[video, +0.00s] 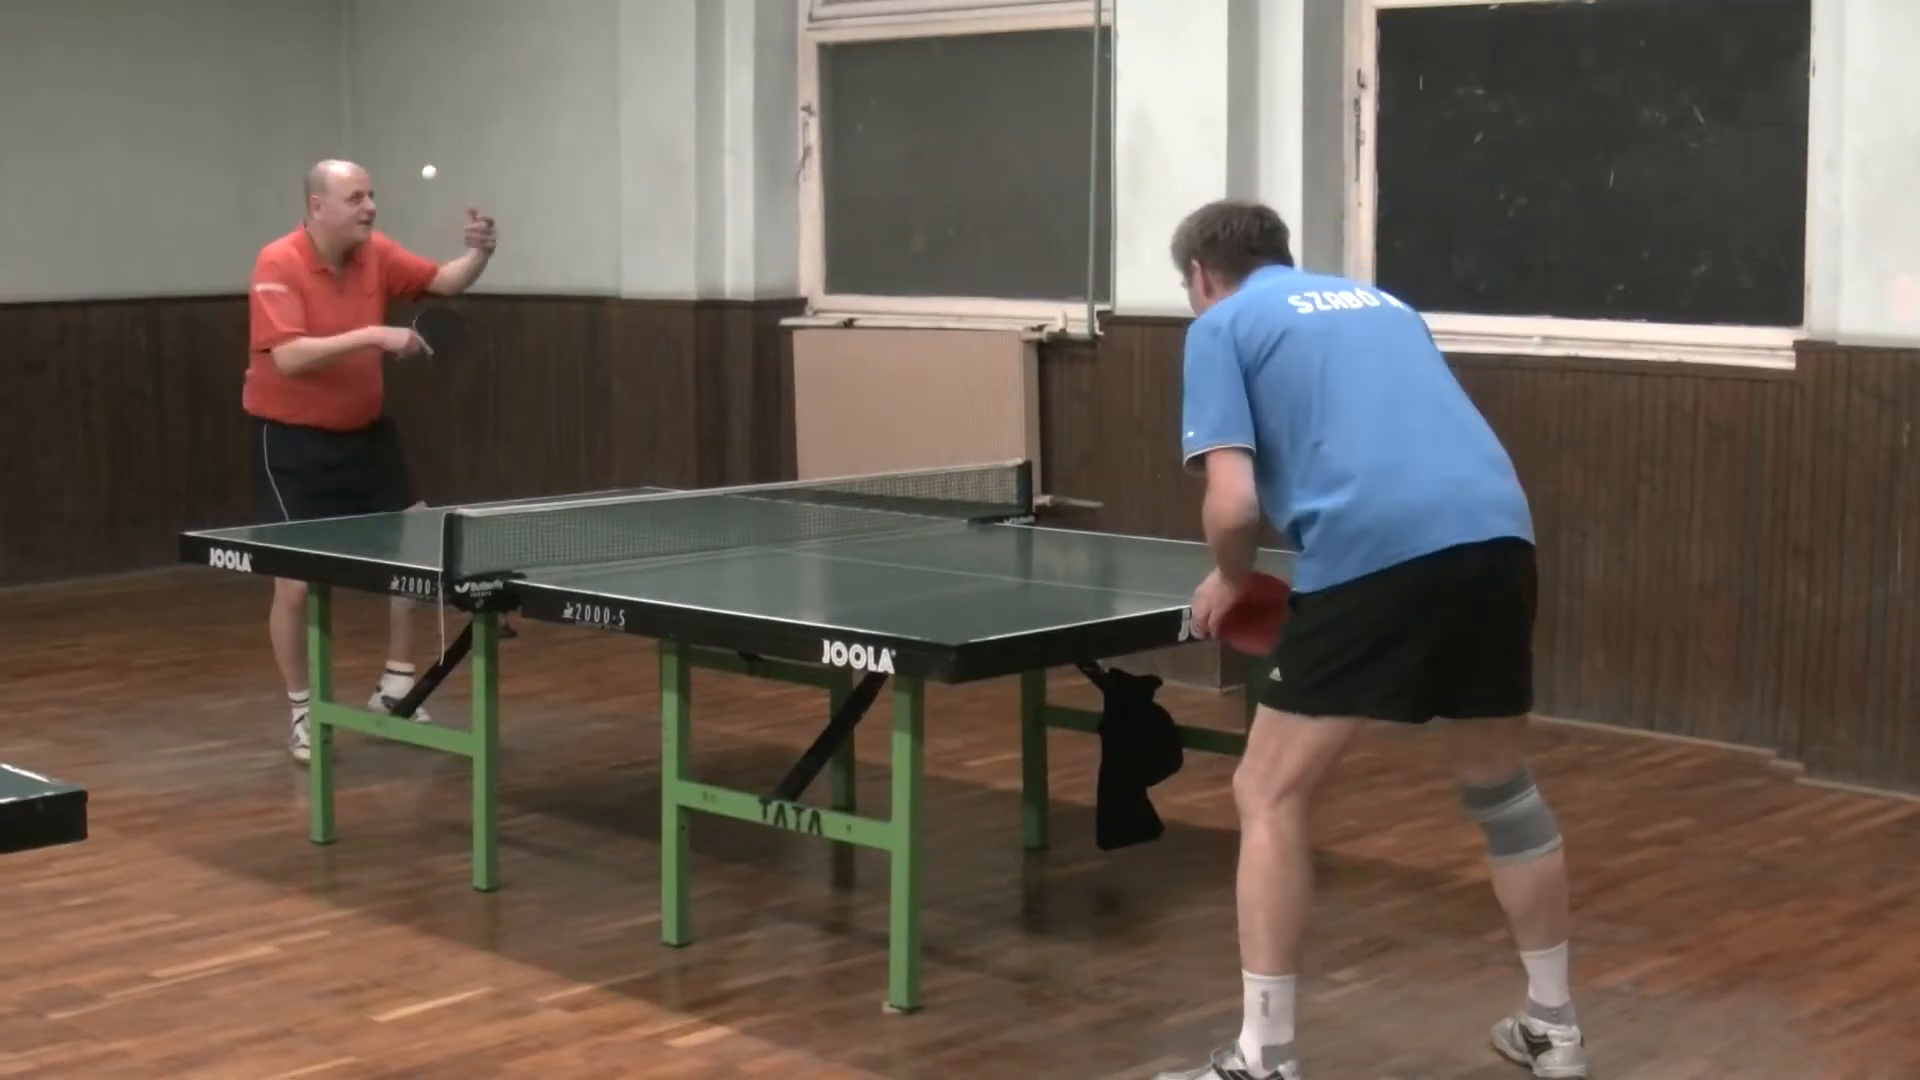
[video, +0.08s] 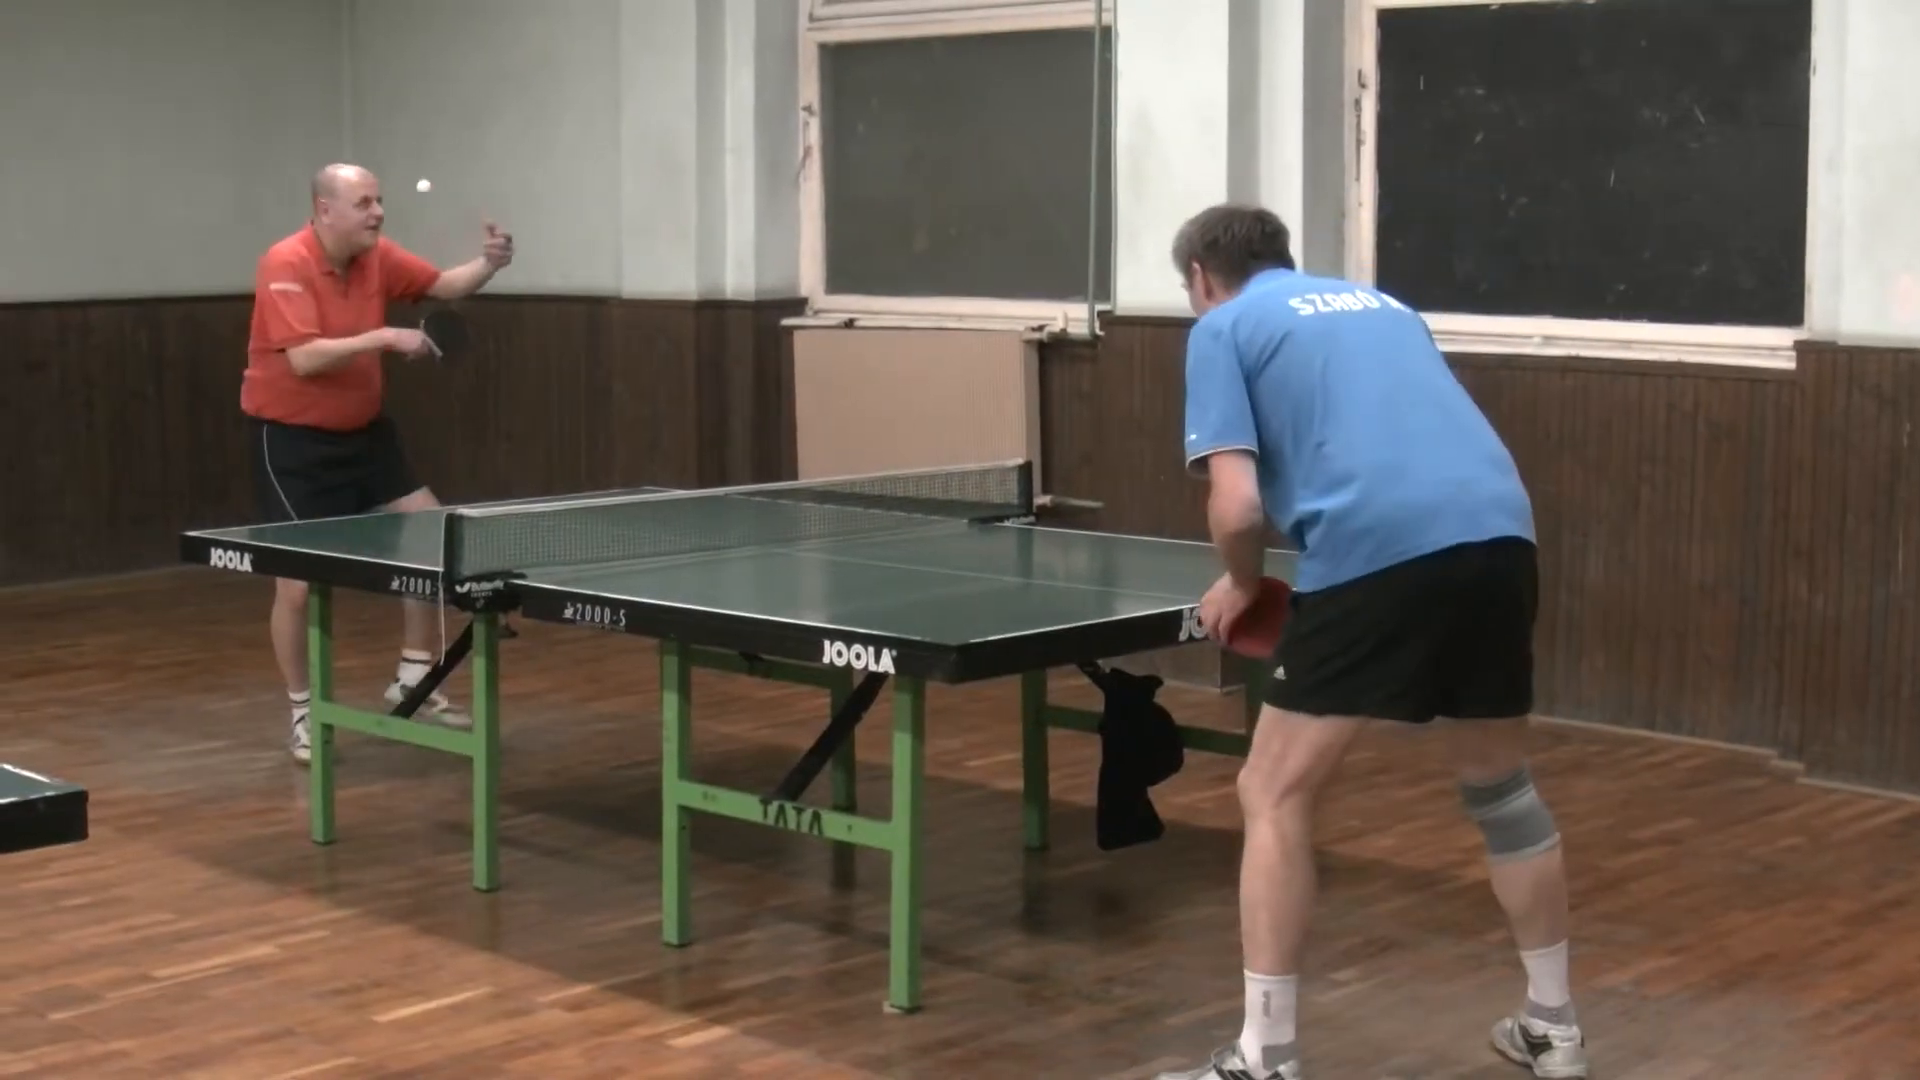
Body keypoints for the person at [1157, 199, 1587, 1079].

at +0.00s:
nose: (1195, 302)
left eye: (1189, 289)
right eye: (1191, 289)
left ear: (1205, 274)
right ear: (1279, 256)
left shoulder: (1219, 324)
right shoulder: (1375, 299)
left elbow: (1232, 501)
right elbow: (1399, 444)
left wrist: (1228, 573)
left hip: (1375, 551)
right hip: (1496, 533)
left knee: (1268, 791)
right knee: (1500, 785)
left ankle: (1265, 1051)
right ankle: (1553, 1021)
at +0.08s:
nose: (1195, 303)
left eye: (1190, 290)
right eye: (1191, 291)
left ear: (1205, 276)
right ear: (1280, 258)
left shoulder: (1221, 326)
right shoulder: (1377, 302)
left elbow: (1236, 507)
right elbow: (1409, 440)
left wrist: (1239, 581)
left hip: (1376, 551)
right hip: (1498, 533)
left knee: (1273, 793)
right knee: (1500, 784)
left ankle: (1265, 1050)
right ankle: (1553, 1021)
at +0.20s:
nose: (1200, 303)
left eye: (1196, 287)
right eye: (1198, 289)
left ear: (1215, 275)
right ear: (1287, 256)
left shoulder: (1227, 330)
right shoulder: (1386, 301)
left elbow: (1238, 508)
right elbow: (1410, 451)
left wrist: (1247, 591)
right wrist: (1316, 589)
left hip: (1383, 551)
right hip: (1504, 534)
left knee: (1267, 793)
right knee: (1484, 757)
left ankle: (1264, 1055)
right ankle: (1549, 1001)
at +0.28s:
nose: (1213, 291)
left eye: (1211, 275)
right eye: (1212, 276)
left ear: (1231, 267)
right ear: (1305, 251)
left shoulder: (1241, 328)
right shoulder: (1404, 301)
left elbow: (1242, 515)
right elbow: (1482, 436)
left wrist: (1255, 590)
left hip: (1379, 565)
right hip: (1503, 548)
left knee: (1255, 790)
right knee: (1484, 744)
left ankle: (1262, 1050)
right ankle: (1562, 978)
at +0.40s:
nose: (1243, 282)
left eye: (1241, 266)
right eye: (1240, 267)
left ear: (1261, 255)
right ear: (1345, 245)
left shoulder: (1280, 320)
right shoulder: (1435, 303)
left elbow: (1275, 512)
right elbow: (1483, 448)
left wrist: (1278, 581)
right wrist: (1333, 564)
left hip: (1400, 573)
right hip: (1520, 562)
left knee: (1272, 790)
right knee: (1520, 771)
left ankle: (1263, 1050)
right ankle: (1573, 962)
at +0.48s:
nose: (1268, 284)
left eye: (1262, 266)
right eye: (1264, 268)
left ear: (1279, 253)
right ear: (1357, 239)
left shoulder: (1315, 318)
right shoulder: (1442, 294)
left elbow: (1317, 506)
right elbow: (1479, 454)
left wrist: (1290, 561)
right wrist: (1401, 570)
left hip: (1459, 564)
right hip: (1565, 551)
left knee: (1338, 785)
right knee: (1536, 765)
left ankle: (1275, 1043)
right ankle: (1583, 968)